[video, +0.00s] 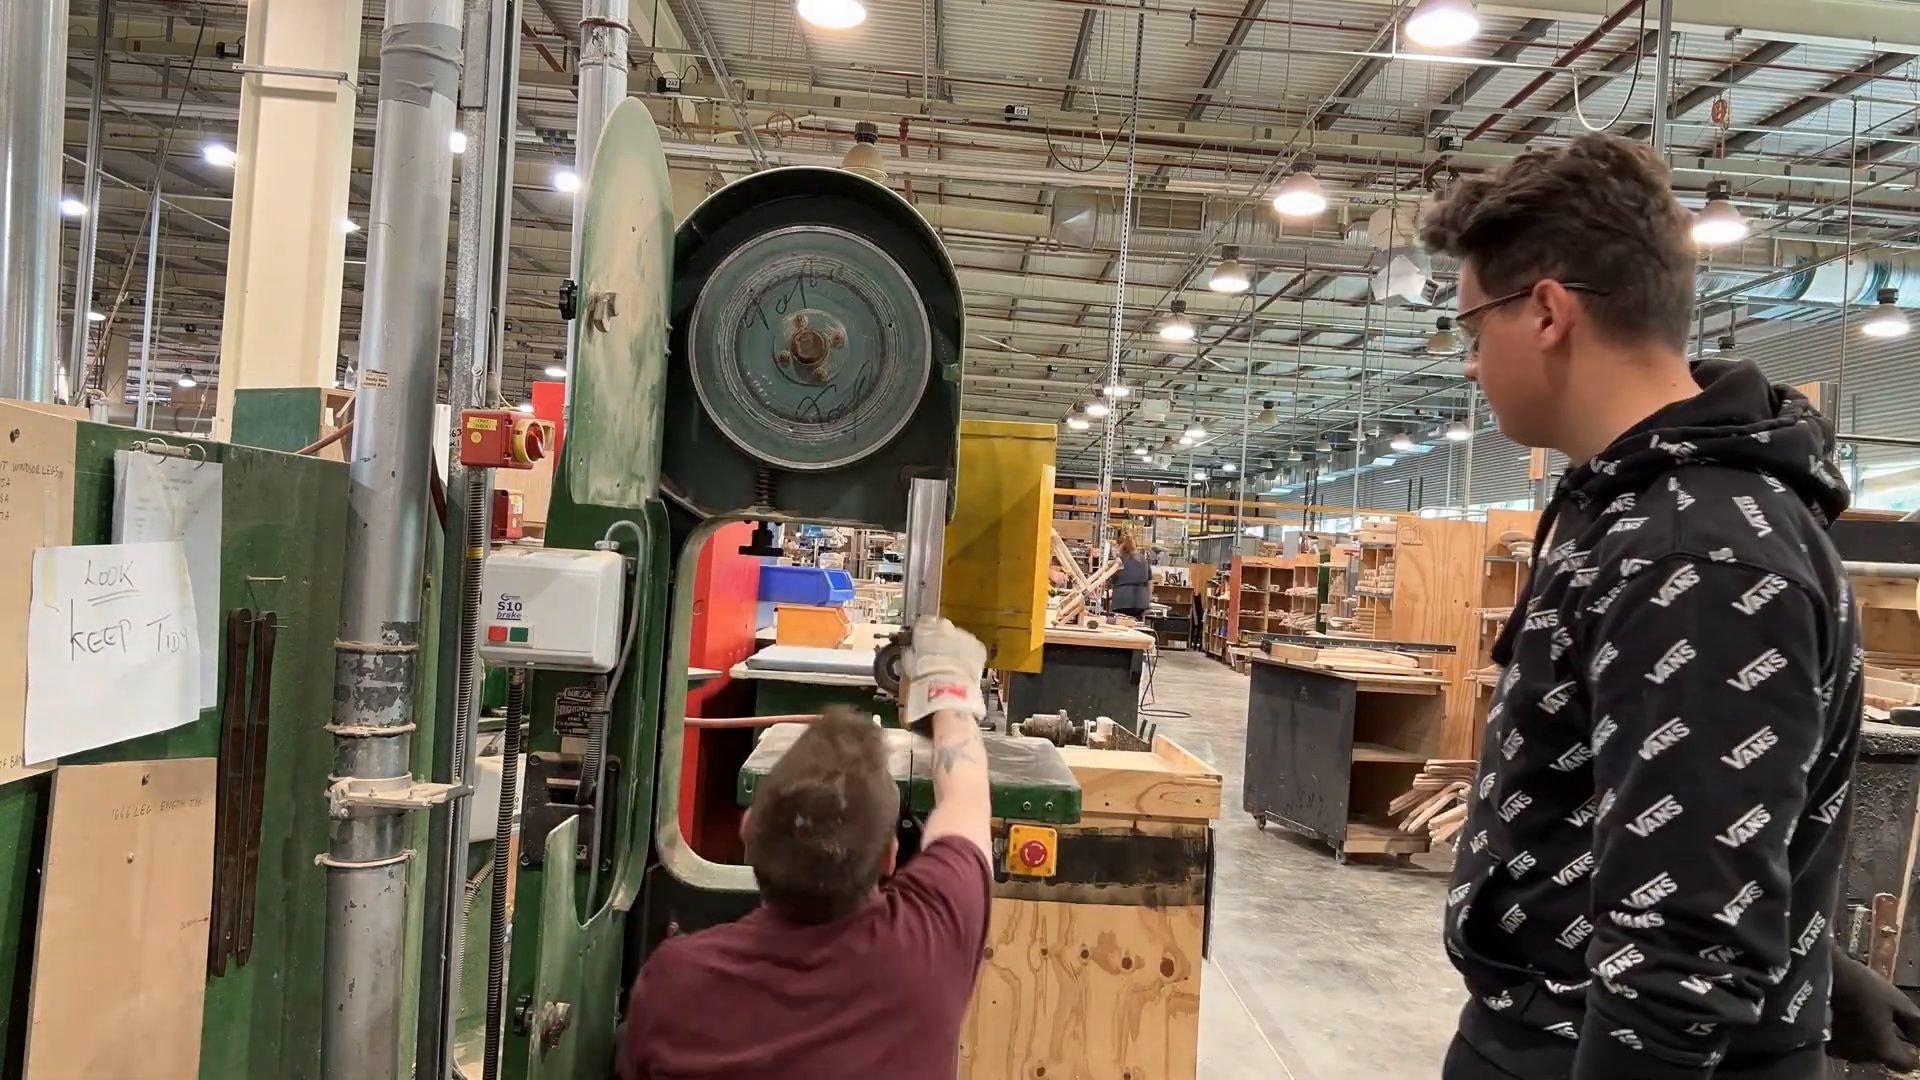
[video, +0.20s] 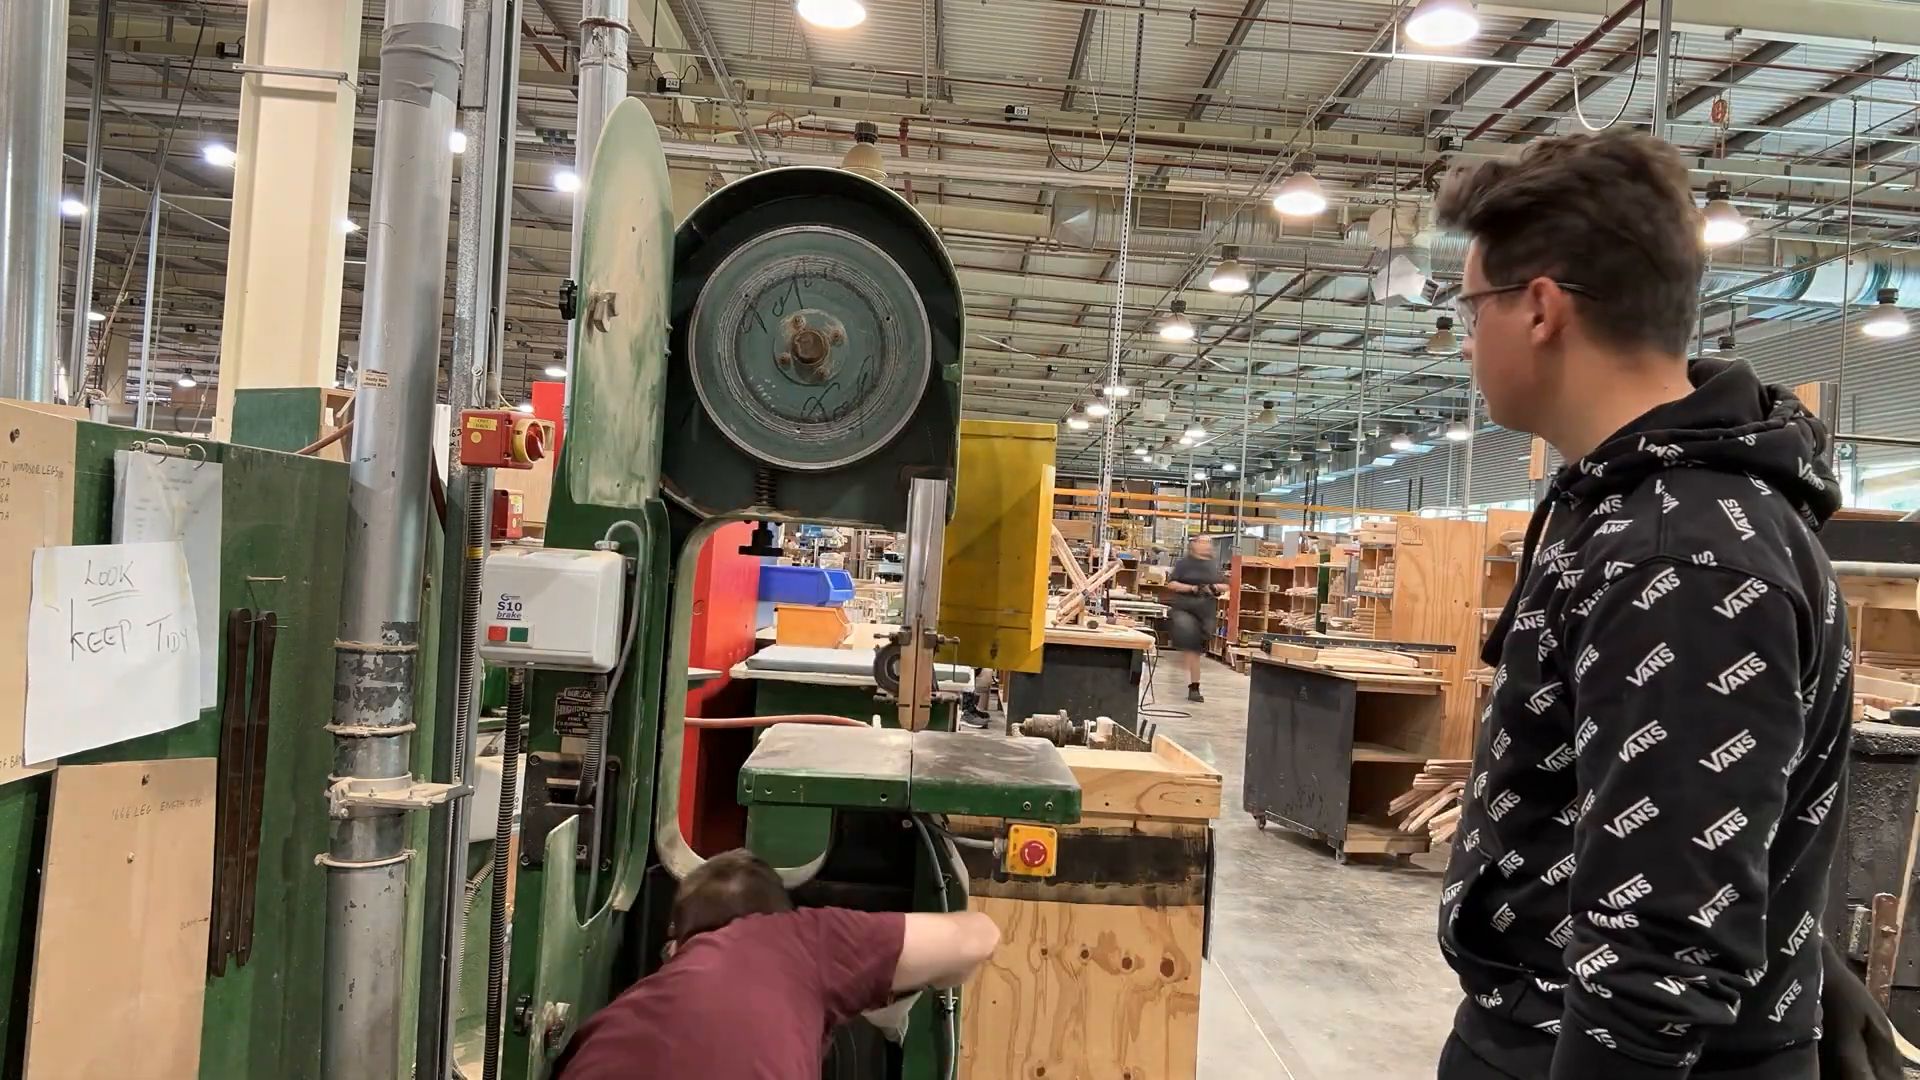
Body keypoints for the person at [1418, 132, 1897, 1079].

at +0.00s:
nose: (1470, 364)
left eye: (1475, 326)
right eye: (1467, 332)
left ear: (1549, 314)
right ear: (1554, 315)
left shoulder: (1702, 545)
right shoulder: (1634, 512)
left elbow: (1679, 972)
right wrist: (1820, 971)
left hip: (1592, 1046)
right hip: (1539, 1025)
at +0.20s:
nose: (1467, 345)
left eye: (1472, 309)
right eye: (1465, 312)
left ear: (1543, 309)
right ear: (1661, 302)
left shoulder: (1688, 548)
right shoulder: (1626, 512)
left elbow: (1654, 975)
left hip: (1580, 1049)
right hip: (1535, 1026)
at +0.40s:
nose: (1320, 305)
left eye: (1328, 276)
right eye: (1322, 276)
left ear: (1387, 286)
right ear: (1491, 291)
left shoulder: (1418, 504)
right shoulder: (1550, 475)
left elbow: (1358, 868)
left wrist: (1267, 1067)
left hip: (1435, 1025)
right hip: (1543, 990)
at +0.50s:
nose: (1314, 302)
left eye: (1322, 270)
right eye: (1316, 271)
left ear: (1378, 278)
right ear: (1485, 286)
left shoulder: (1414, 496)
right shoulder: (1545, 467)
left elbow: (1367, 859)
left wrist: (1285, 1070)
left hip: (1444, 1028)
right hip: (1550, 1001)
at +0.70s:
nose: (1451, 337)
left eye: (1459, 295)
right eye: (1451, 301)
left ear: (1537, 283)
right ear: (1657, 288)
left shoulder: (1581, 531)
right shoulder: (1780, 497)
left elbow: (1517, 945)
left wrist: (1454, 1056)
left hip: (1598, 1043)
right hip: (1756, 1030)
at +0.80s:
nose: (1418, 393)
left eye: (1408, 349)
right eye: (1402, 358)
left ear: (1471, 310)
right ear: (1589, 297)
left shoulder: (1550, 542)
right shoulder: (1775, 493)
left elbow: (1517, 962)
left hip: (1621, 1042)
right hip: (1789, 1031)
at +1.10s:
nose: (1273, 384)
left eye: (1266, 344)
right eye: (1262, 353)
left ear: (1325, 305)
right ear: (1425, 296)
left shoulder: (1389, 492)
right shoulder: (1577, 471)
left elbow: (1464, 843)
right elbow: (1655, 735)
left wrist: (1652, 974)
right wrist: (1691, 929)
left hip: (1400, 1039)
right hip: (1579, 1033)